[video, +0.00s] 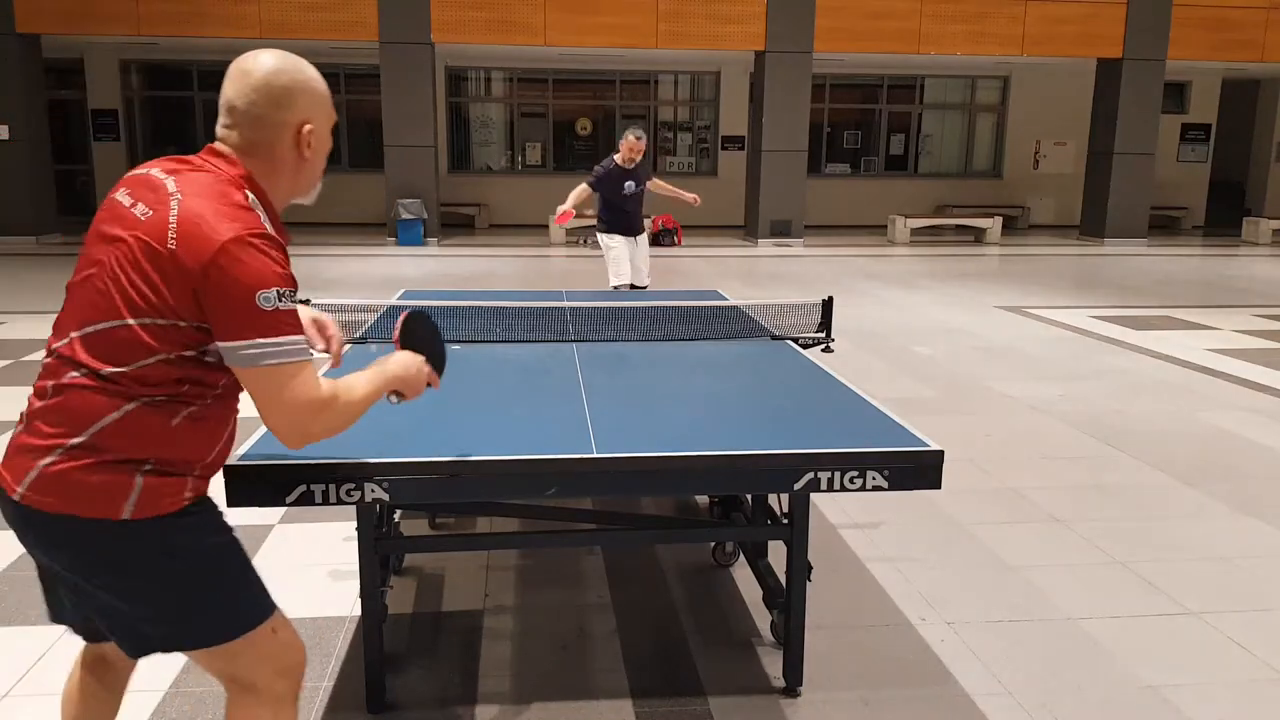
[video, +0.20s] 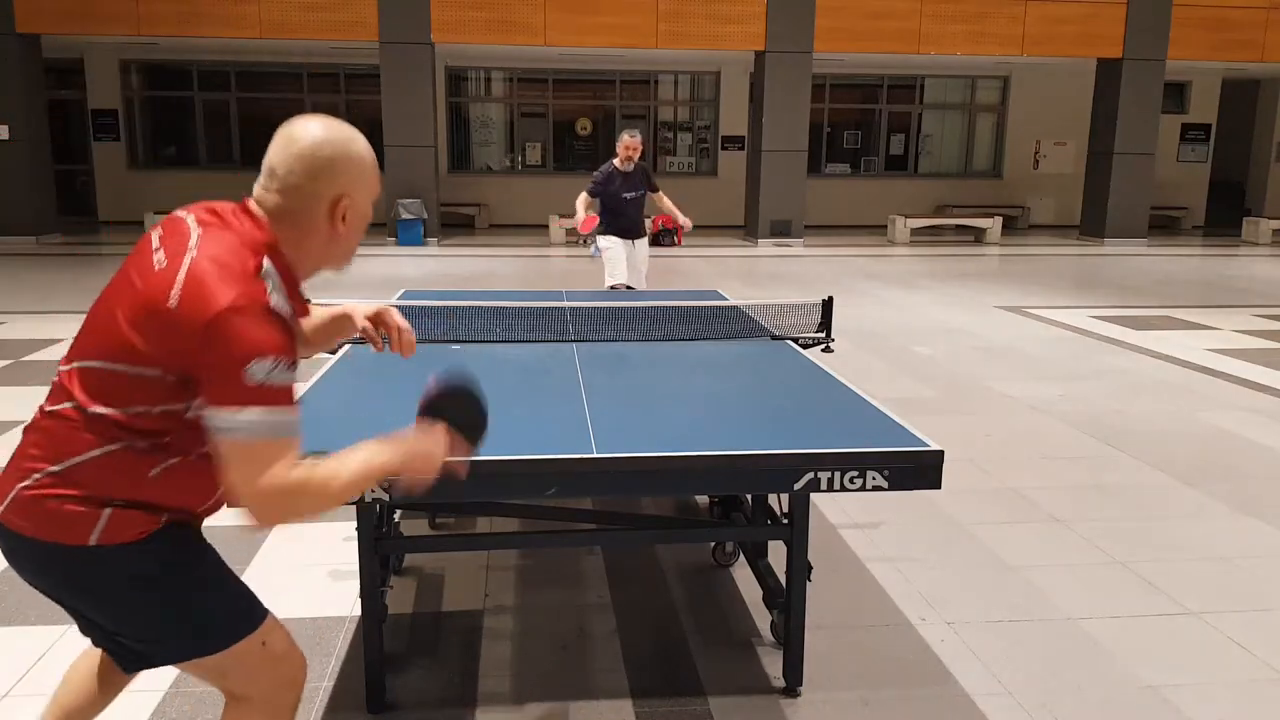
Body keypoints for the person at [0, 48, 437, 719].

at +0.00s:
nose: (328, 151)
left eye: (330, 134)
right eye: (328, 134)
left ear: (230, 122)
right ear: (304, 139)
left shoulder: (148, 180)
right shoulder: (234, 238)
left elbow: (172, 304)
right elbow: (301, 419)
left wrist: (282, 317)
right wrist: (388, 373)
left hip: (43, 478)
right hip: (126, 502)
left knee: (107, 652)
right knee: (270, 667)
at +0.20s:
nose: (364, 229)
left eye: (368, 214)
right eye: (366, 213)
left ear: (267, 180)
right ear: (339, 213)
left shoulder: (205, 224)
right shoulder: (239, 306)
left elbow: (238, 350)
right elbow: (268, 494)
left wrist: (337, 323)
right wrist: (393, 453)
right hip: (96, 521)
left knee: (129, 643)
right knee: (271, 674)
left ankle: (52, 714)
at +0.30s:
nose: (368, 250)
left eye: (372, 237)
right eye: (368, 236)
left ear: (271, 204)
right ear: (333, 241)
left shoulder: (250, 254)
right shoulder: (202, 328)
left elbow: (318, 338)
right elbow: (120, 517)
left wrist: (357, 323)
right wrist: (253, 606)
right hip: (64, 528)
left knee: (118, 665)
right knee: (262, 668)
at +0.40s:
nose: (338, 258)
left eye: (344, 244)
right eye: (338, 243)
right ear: (290, 240)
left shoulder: (235, 258)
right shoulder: (150, 333)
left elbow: (294, 316)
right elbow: (41, 498)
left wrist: (332, 320)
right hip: (89, 525)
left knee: (94, 668)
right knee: (253, 676)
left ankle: (21, 709)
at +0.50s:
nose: (298, 207)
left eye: (298, 191)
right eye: (291, 190)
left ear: (220, 194)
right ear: (224, 194)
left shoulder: (188, 235)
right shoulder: (114, 300)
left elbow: (229, 278)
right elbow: (44, 483)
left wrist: (274, 278)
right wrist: (50, 636)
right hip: (88, 511)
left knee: (72, 656)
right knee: (238, 668)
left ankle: (18, 708)